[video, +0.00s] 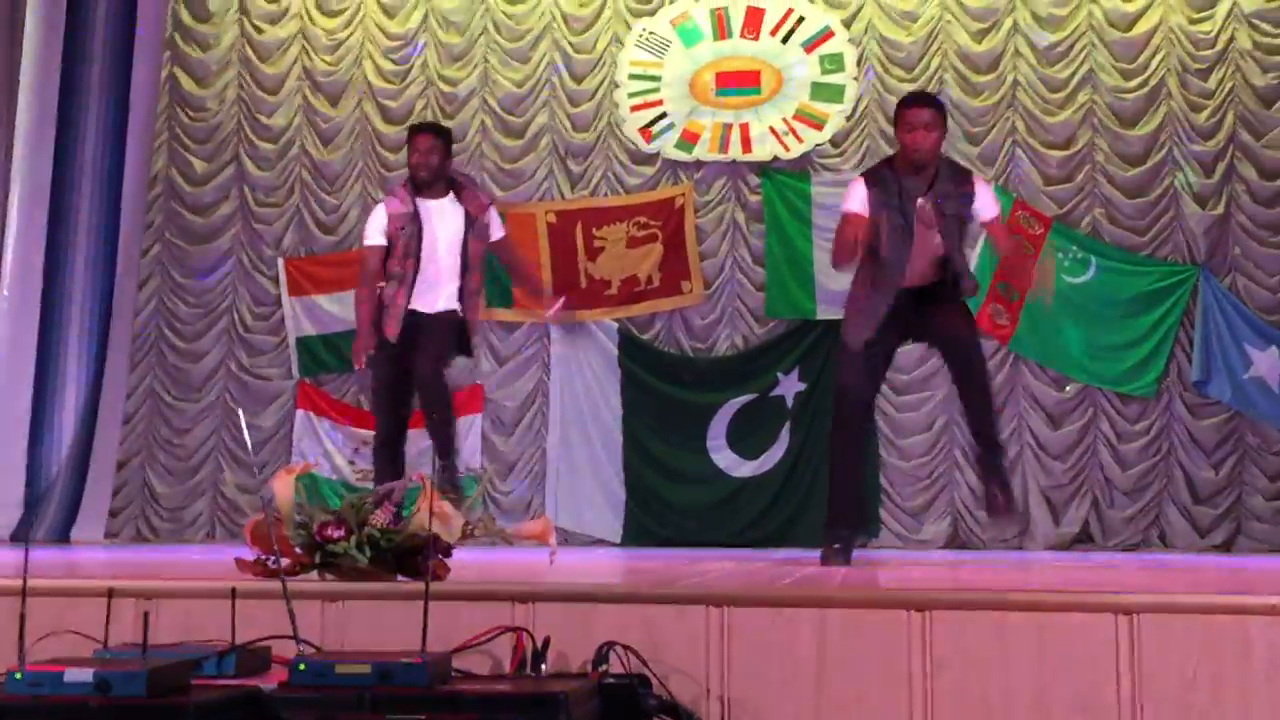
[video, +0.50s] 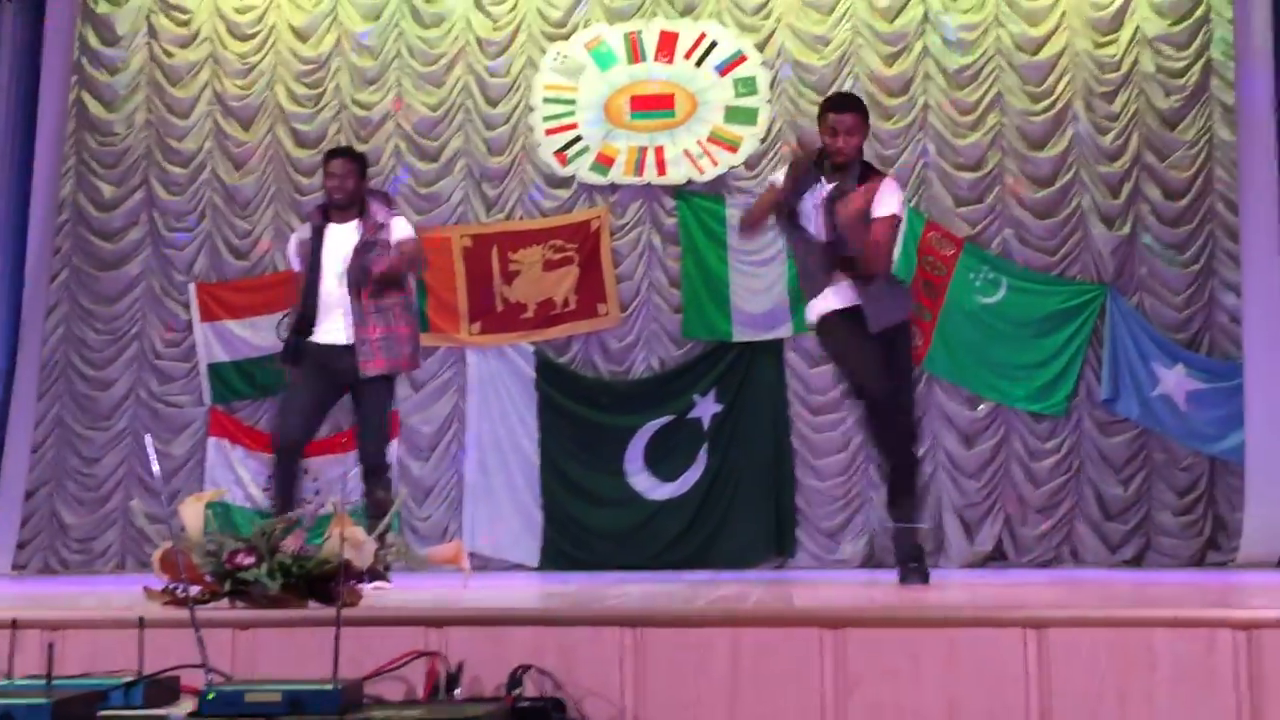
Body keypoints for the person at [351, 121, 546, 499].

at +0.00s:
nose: (421, 160)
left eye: (431, 153)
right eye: (415, 152)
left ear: (448, 159)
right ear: (407, 157)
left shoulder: (475, 206)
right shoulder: (387, 211)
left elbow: (510, 259)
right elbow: (369, 278)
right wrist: (366, 333)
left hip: (445, 318)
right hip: (397, 320)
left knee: (427, 373)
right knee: (389, 418)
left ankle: (446, 467)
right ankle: (385, 503)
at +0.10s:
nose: (415, 161)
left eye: (423, 154)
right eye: (408, 153)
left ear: (438, 159)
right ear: (397, 158)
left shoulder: (462, 206)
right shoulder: (375, 208)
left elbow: (508, 261)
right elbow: (347, 275)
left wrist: (547, 269)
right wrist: (325, 337)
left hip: (446, 330)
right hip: (394, 332)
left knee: (449, 428)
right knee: (388, 433)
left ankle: (460, 522)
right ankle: (379, 521)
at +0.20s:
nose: (379, 176)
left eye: (387, 168)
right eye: (373, 168)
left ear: (404, 173)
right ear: (363, 174)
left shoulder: (429, 221)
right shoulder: (342, 231)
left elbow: (440, 289)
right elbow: (325, 299)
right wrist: (294, 355)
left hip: (421, 341)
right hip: (372, 345)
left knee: (425, 436)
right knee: (379, 437)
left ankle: (422, 522)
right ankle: (386, 524)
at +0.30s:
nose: (362, 190)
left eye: (372, 182)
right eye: (356, 182)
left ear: (389, 188)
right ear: (348, 188)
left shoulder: (412, 238)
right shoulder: (332, 241)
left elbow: (390, 303)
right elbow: (325, 304)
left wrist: (347, 349)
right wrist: (317, 357)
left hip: (406, 353)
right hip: (359, 355)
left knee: (409, 447)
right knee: (389, 443)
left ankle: (421, 531)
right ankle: (417, 520)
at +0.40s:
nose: (354, 186)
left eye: (363, 179)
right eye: (348, 178)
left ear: (380, 186)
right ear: (340, 184)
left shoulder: (402, 236)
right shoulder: (328, 238)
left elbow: (392, 303)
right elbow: (324, 307)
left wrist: (355, 334)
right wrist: (316, 364)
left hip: (392, 352)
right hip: (345, 352)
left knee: (398, 447)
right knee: (344, 437)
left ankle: (401, 536)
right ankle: (376, 522)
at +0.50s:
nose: (336, 184)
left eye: (345, 177)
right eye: (330, 176)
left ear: (362, 181)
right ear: (322, 181)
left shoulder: (389, 222)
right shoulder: (309, 231)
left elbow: (409, 260)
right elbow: (306, 291)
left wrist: (380, 268)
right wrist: (295, 332)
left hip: (372, 357)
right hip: (319, 356)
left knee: (373, 456)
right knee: (287, 440)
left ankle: (377, 551)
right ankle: (279, 540)